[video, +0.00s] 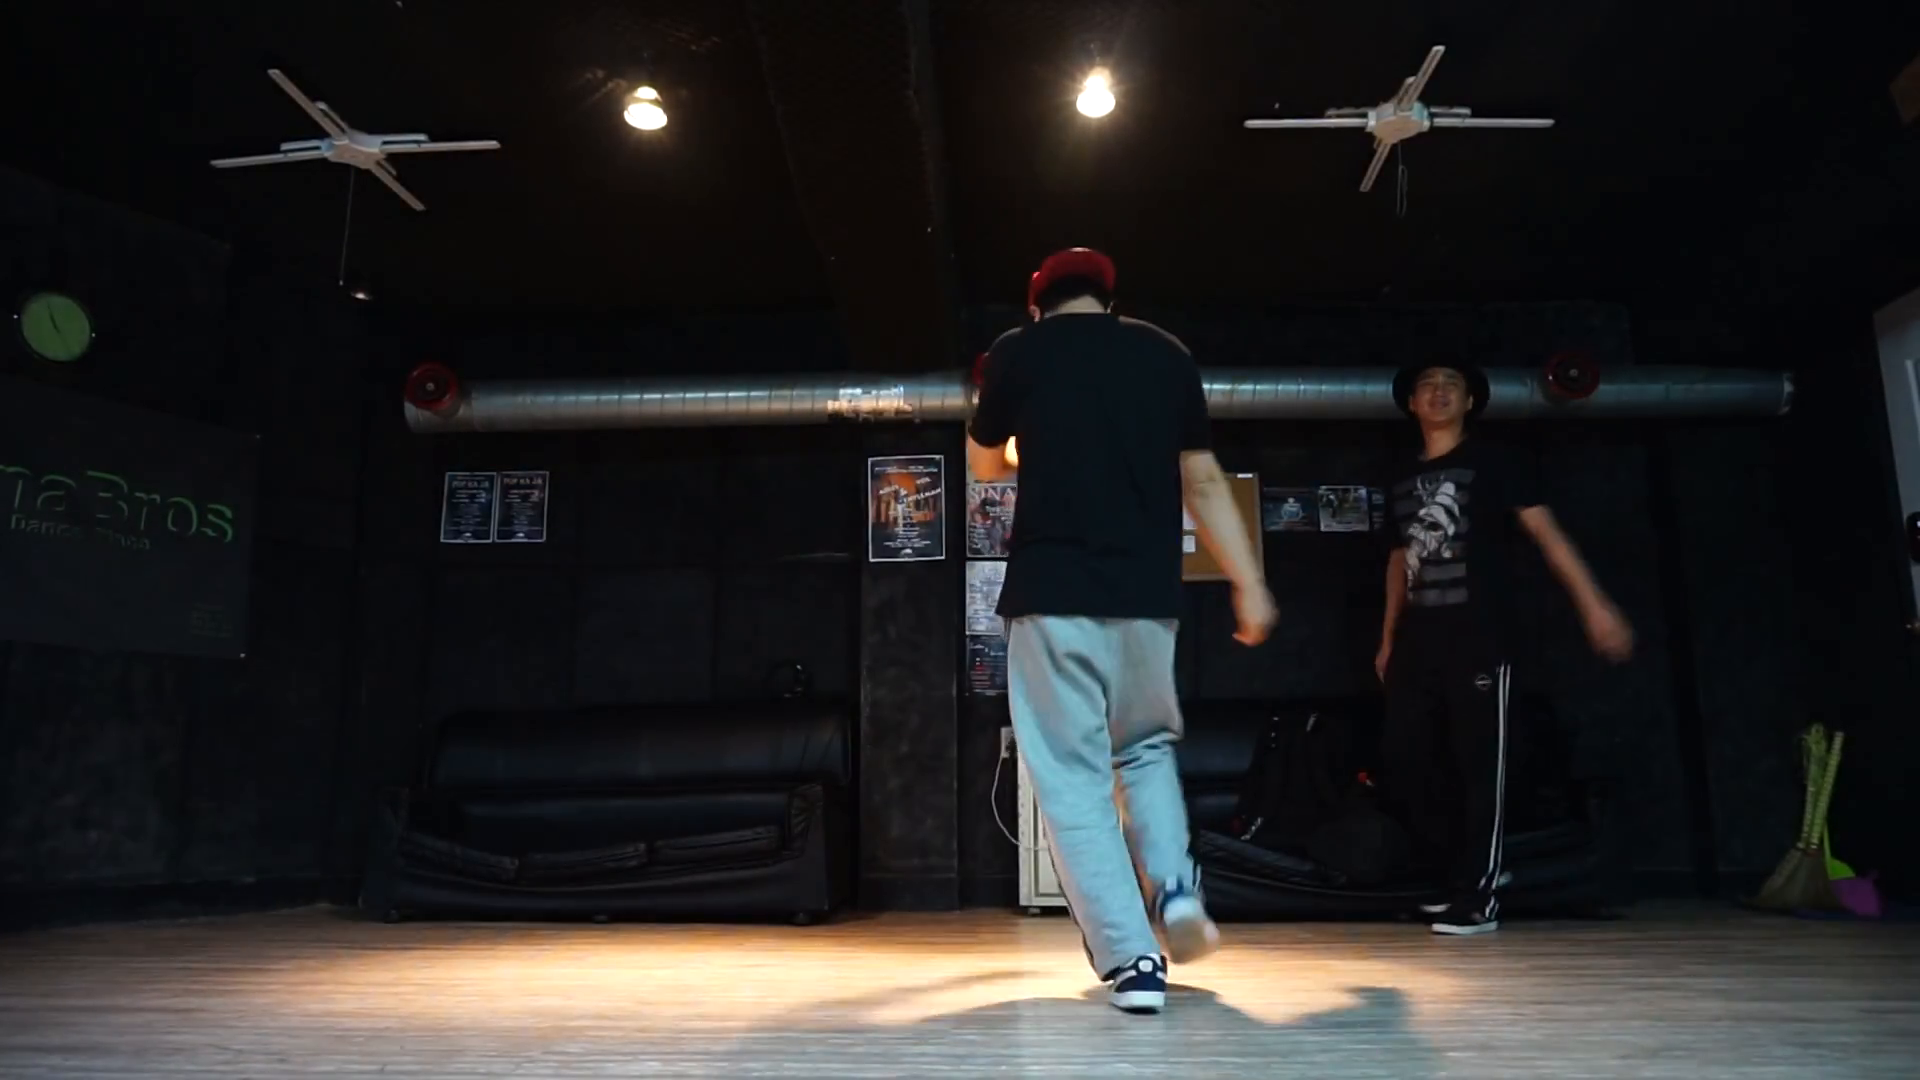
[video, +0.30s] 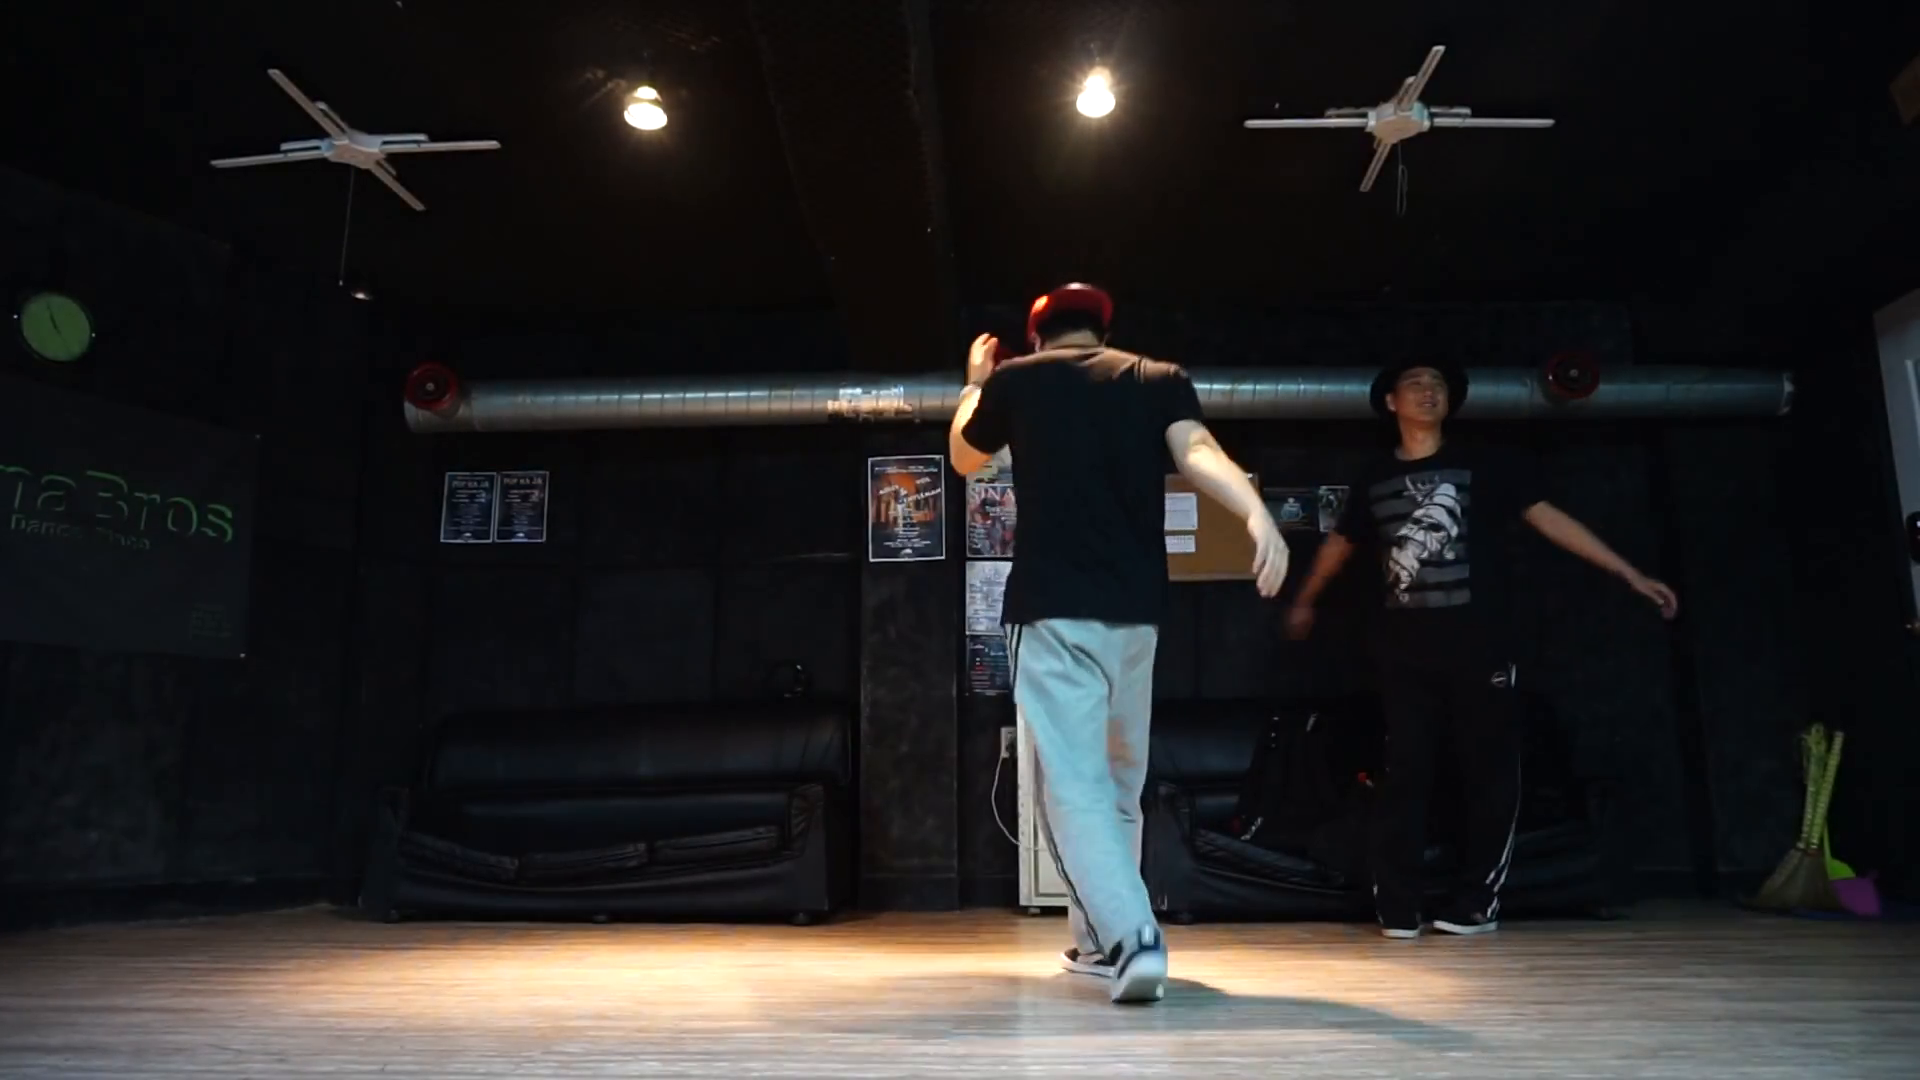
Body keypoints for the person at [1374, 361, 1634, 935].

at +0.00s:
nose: (1438, 393)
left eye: (1450, 385)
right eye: (1427, 385)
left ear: (1470, 401)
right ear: (1410, 402)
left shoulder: (1496, 463)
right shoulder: (1405, 480)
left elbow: (1548, 534)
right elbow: (1399, 564)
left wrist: (1595, 608)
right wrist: (1389, 639)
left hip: (1481, 639)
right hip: (1420, 644)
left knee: (1480, 770)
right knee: (1422, 764)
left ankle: (1478, 900)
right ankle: (1452, 883)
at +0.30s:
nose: (1425, 393)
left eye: (1435, 385)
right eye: (1413, 386)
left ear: (1450, 401)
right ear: (1391, 404)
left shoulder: (1483, 468)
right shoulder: (1372, 480)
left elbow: (1551, 522)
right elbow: (1338, 545)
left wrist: (1631, 574)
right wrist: (1305, 598)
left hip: (1477, 643)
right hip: (1403, 646)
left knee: (1488, 770)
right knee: (1405, 769)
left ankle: (1478, 903)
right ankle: (1398, 902)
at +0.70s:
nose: (1430, 387)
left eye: (1436, 380)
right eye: (1416, 379)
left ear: (1446, 398)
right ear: (1388, 396)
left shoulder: (1467, 464)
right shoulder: (1367, 467)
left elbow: (1517, 518)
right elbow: (1347, 528)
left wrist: (1578, 557)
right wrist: (1334, 514)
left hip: (1466, 636)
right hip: (1397, 639)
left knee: (1483, 758)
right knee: (1397, 766)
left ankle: (1464, 892)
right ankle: (1396, 901)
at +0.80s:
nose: (1440, 386)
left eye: (1447, 380)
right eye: (1426, 379)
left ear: (1455, 398)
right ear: (1398, 395)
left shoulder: (1468, 465)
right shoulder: (1376, 459)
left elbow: (1506, 517)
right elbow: (1389, 524)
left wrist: (1551, 534)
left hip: (1472, 634)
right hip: (1405, 636)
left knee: (1489, 760)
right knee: (1404, 767)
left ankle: (1485, 904)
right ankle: (1398, 903)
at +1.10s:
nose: (1488, 378)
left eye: (1491, 372)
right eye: (1473, 371)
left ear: (1497, 390)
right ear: (1442, 392)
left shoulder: (1510, 470)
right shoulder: (1431, 452)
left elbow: (1541, 549)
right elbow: (1434, 530)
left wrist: (1574, 626)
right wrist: (1488, 602)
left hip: (1504, 629)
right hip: (1446, 627)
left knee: (1509, 763)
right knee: (1441, 761)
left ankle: (1500, 910)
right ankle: (1399, 897)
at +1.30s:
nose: (1525, 372)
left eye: (1527, 365)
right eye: (1508, 366)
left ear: (1535, 387)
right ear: (1480, 389)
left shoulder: (1538, 465)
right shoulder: (1463, 448)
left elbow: (1538, 547)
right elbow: (1419, 521)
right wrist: (1388, 603)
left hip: (1534, 623)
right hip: (1484, 619)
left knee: (1538, 754)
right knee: (1524, 749)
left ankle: (1513, 902)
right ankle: (1474, 884)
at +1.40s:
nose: (1544, 369)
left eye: (1546, 363)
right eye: (1526, 362)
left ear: (1553, 386)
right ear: (1496, 384)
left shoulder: (1547, 462)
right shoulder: (1483, 443)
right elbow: (1421, 506)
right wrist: (1360, 573)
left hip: (1538, 625)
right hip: (1503, 624)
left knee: (1513, 766)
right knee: (1558, 762)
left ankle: (1497, 911)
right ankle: (1563, 908)